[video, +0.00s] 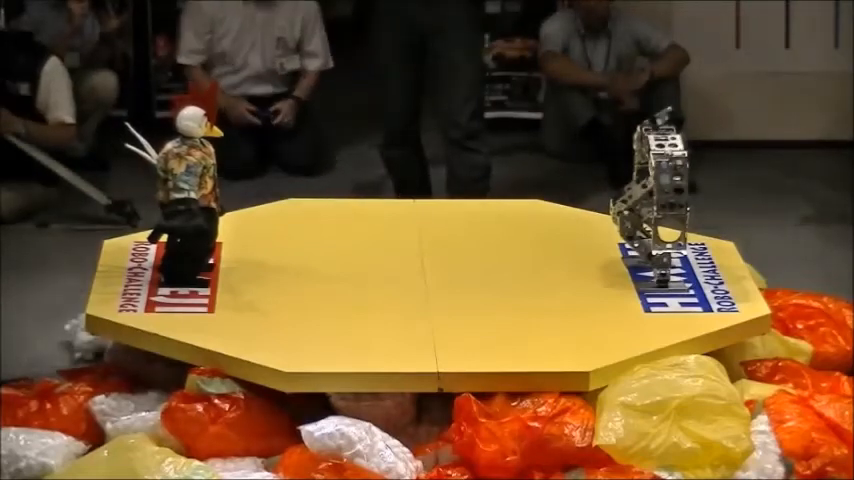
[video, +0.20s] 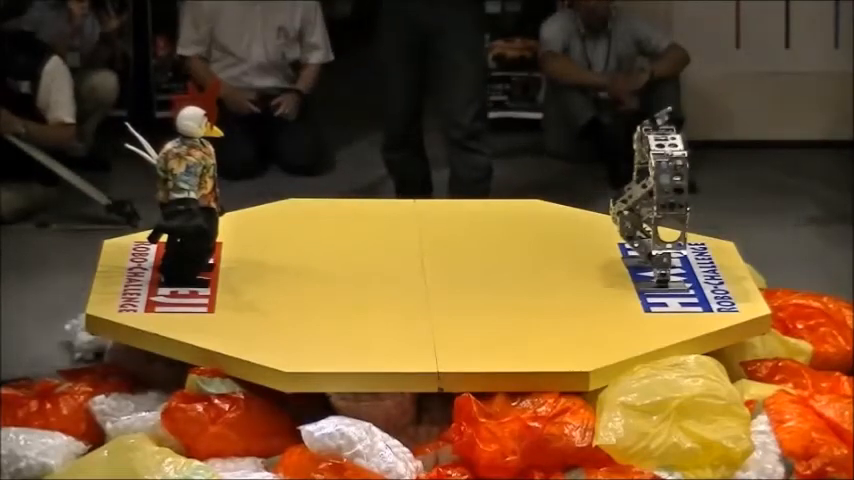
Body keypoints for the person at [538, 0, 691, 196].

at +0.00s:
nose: (595, 8)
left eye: (601, 2)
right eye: (588, 3)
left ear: (610, 4)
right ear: (574, 5)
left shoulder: (625, 25)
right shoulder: (558, 26)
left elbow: (679, 55)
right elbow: (551, 65)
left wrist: (645, 74)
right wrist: (608, 82)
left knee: (666, 80)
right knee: (564, 83)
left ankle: (669, 166)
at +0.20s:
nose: (596, 7)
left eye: (601, 2)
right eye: (589, 3)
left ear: (610, 5)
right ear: (574, 5)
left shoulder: (625, 24)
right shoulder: (559, 25)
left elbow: (679, 56)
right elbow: (551, 65)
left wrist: (646, 74)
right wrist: (607, 82)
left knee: (666, 80)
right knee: (564, 82)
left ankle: (669, 165)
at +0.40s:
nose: (593, 6)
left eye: (600, 1)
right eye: (586, 1)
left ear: (610, 3)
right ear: (573, 4)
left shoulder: (625, 25)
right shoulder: (559, 25)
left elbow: (679, 55)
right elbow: (551, 65)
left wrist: (645, 74)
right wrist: (608, 82)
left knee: (666, 83)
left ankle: (670, 167)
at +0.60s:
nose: (594, 6)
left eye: (601, 1)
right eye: (587, 1)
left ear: (610, 4)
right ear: (573, 4)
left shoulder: (625, 24)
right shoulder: (559, 25)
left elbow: (679, 56)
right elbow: (551, 64)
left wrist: (646, 74)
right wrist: (607, 82)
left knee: (666, 83)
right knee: (565, 90)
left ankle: (670, 169)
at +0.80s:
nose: (595, 6)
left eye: (601, 2)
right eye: (588, 2)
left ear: (610, 4)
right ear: (574, 5)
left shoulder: (626, 23)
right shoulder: (559, 25)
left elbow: (679, 56)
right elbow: (550, 63)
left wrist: (646, 74)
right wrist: (607, 82)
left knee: (666, 84)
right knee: (566, 90)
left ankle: (670, 168)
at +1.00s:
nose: (595, 7)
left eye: (601, 2)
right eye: (588, 2)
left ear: (610, 4)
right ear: (574, 5)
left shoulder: (626, 23)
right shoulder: (559, 25)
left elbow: (679, 56)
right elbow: (552, 65)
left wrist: (646, 74)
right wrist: (608, 82)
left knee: (666, 83)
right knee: (564, 85)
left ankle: (670, 168)